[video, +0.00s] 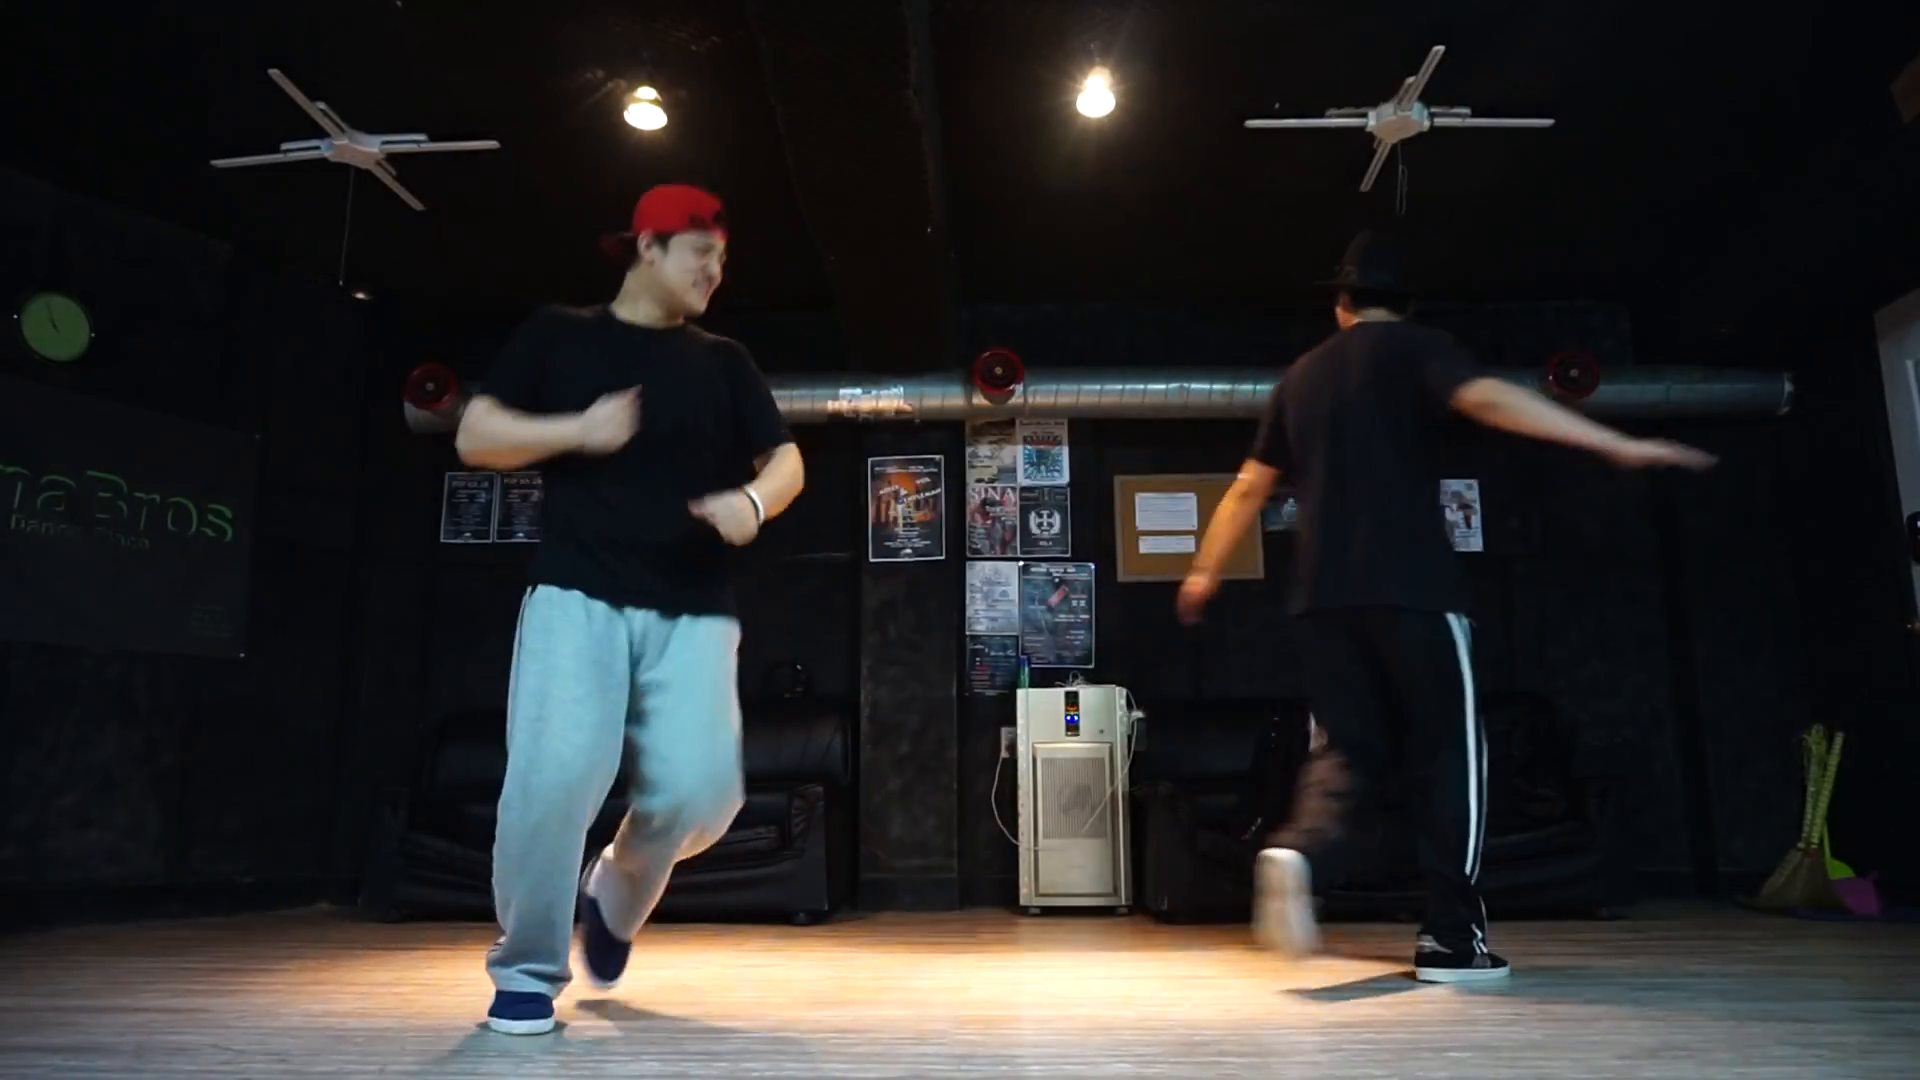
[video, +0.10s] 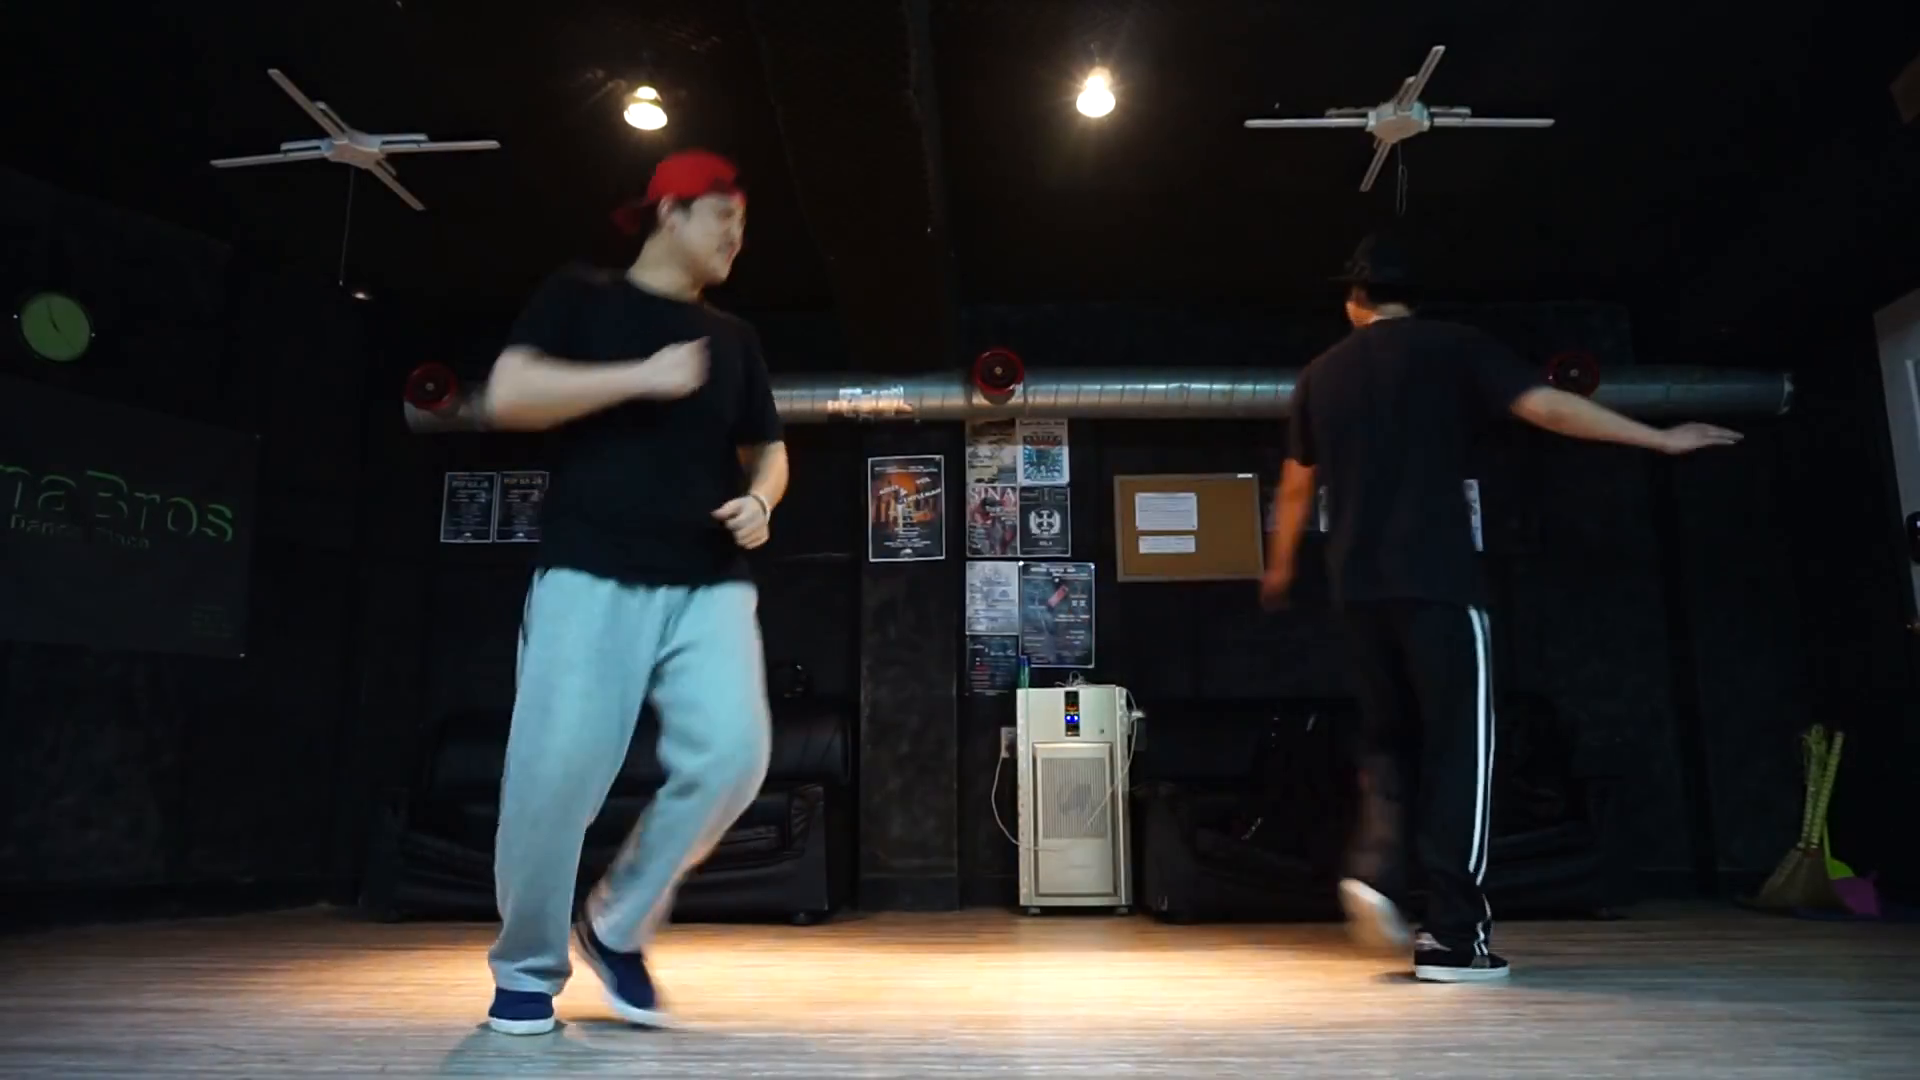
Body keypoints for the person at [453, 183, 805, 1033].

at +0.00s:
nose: (715, 270)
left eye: (720, 257)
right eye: (701, 253)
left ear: (713, 265)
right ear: (648, 250)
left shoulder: (724, 363)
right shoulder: (560, 336)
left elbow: (787, 463)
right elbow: (473, 437)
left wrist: (755, 500)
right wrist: (576, 430)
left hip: (696, 611)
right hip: (578, 598)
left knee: (701, 795)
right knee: (555, 780)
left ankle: (614, 897)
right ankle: (526, 973)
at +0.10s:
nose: (736, 235)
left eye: (741, 222)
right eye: (722, 217)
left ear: (727, 233)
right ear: (671, 213)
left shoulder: (732, 339)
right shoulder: (579, 299)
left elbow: (768, 447)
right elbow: (505, 395)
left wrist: (762, 496)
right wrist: (641, 375)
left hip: (710, 586)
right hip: (593, 578)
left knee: (731, 758)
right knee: (557, 774)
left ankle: (618, 925)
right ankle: (526, 974)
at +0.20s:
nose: (764, 206)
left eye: (768, 192)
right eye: (749, 188)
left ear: (759, 206)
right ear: (697, 188)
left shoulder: (744, 314)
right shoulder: (619, 261)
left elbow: (749, 430)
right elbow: (566, 334)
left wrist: (764, 492)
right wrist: (718, 348)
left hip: (726, 568)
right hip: (615, 562)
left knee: (754, 750)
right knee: (576, 771)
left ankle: (685, 972)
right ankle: (525, 980)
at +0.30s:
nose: (801, 209)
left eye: (806, 197)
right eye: (787, 190)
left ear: (790, 211)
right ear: (733, 186)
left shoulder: (755, 309)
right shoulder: (659, 243)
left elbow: (729, 433)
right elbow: (643, 311)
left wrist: (774, 514)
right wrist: (794, 374)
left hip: (741, 569)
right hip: (641, 559)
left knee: (780, 760)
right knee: (593, 771)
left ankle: (740, 995)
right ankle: (526, 970)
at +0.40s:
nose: (841, 242)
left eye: (847, 229)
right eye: (833, 219)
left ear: (818, 230)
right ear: (779, 204)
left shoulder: (774, 317)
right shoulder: (706, 255)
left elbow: (740, 463)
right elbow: (741, 330)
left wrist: (788, 571)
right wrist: (870, 439)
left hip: (776, 590)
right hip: (684, 582)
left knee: (831, 769)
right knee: (628, 788)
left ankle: (752, 996)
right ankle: (534, 947)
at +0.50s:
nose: (870, 266)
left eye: (877, 253)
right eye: (868, 244)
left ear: (838, 232)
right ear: (823, 216)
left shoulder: (793, 317)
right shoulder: (741, 259)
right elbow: (798, 367)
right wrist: (878, 481)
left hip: (814, 589)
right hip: (729, 583)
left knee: (867, 788)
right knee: (750, 782)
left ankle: (760, 1001)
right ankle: (569, 900)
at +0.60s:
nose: (891, 260)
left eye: (901, 247)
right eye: (893, 238)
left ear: (860, 220)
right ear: (854, 208)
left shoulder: (804, 293)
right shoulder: (773, 259)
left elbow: (769, 446)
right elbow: (802, 390)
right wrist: (860, 520)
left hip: (800, 576)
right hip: (781, 574)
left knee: (877, 769)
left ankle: (767, 1001)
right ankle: (662, 891)